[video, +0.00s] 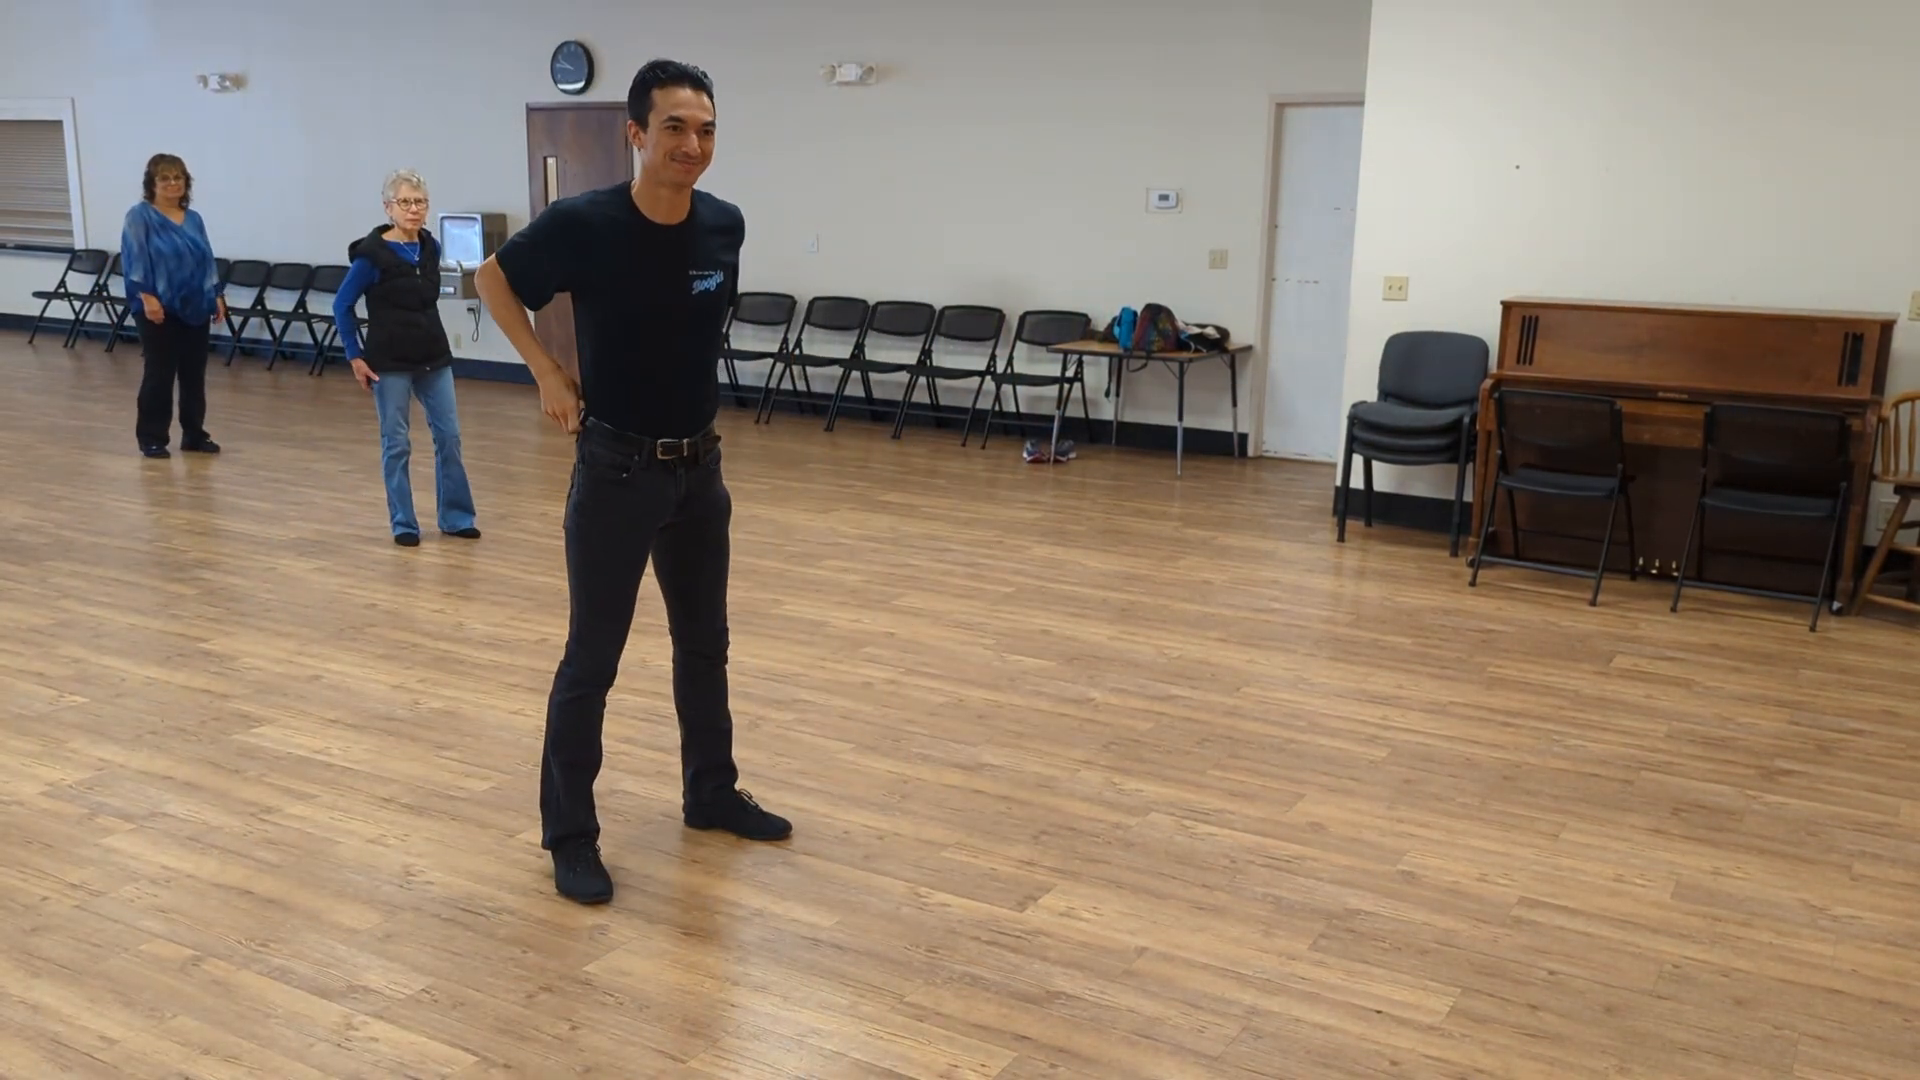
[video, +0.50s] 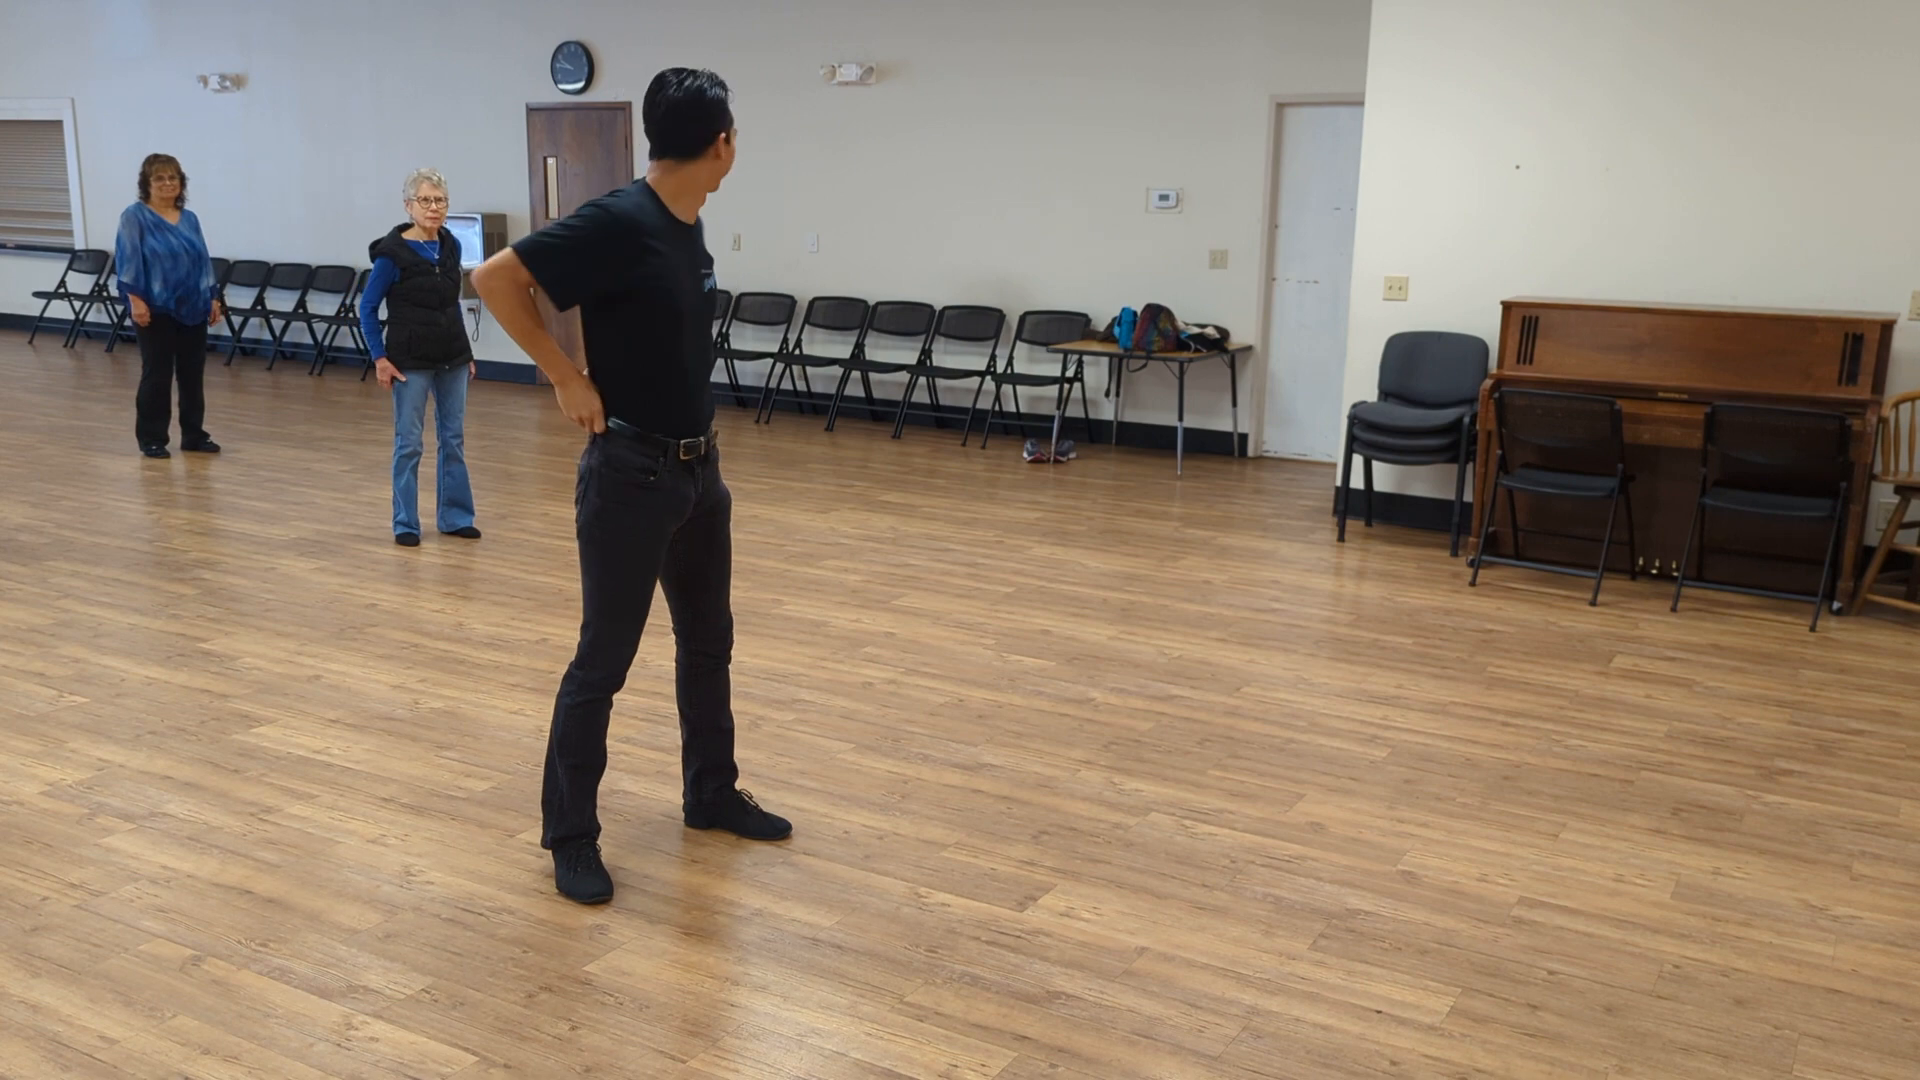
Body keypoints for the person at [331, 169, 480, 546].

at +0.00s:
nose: (415, 209)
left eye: (420, 202)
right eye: (406, 203)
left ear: (427, 208)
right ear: (389, 207)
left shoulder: (429, 247)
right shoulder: (373, 254)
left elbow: (424, 300)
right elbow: (342, 305)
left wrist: (428, 341)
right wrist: (355, 357)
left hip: (433, 357)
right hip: (390, 361)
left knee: (449, 436)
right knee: (397, 444)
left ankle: (456, 517)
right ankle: (404, 524)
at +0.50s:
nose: (434, 207)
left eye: (440, 201)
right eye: (426, 201)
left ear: (447, 205)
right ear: (410, 205)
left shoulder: (450, 246)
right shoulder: (394, 251)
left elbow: (452, 305)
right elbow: (367, 307)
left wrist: (466, 353)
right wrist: (379, 357)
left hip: (453, 357)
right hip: (410, 359)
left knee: (453, 441)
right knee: (409, 444)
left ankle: (455, 518)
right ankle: (406, 524)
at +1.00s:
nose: (449, 210)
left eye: (455, 203)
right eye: (441, 204)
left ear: (462, 208)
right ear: (425, 209)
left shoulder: (467, 250)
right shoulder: (409, 254)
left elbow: (473, 303)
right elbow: (384, 309)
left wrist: (487, 346)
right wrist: (395, 358)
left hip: (470, 360)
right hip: (427, 363)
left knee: (462, 440)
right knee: (430, 444)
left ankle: (457, 518)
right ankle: (410, 524)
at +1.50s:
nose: (450, 209)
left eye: (456, 202)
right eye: (442, 203)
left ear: (464, 207)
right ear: (426, 207)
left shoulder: (470, 250)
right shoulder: (410, 253)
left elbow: (478, 306)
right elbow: (382, 306)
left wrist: (486, 348)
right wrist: (389, 355)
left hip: (467, 360)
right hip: (422, 362)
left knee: (460, 440)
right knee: (429, 442)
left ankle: (457, 518)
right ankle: (414, 525)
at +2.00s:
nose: (434, 207)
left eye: (440, 201)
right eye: (425, 200)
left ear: (448, 206)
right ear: (409, 204)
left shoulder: (447, 249)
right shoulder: (391, 250)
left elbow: (447, 305)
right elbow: (358, 304)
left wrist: (463, 350)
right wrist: (370, 354)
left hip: (444, 360)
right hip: (399, 363)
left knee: (453, 441)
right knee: (404, 446)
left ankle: (457, 518)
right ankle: (411, 526)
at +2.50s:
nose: (422, 210)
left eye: (427, 203)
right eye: (413, 203)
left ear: (433, 207)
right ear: (395, 206)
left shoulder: (432, 249)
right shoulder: (379, 253)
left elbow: (433, 307)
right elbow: (350, 310)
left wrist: (451, 351)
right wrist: (366, 360)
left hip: (436, 361)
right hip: (393, 364)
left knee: (454, 435)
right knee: (400, 447)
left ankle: (452, 517)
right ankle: (409, 526)